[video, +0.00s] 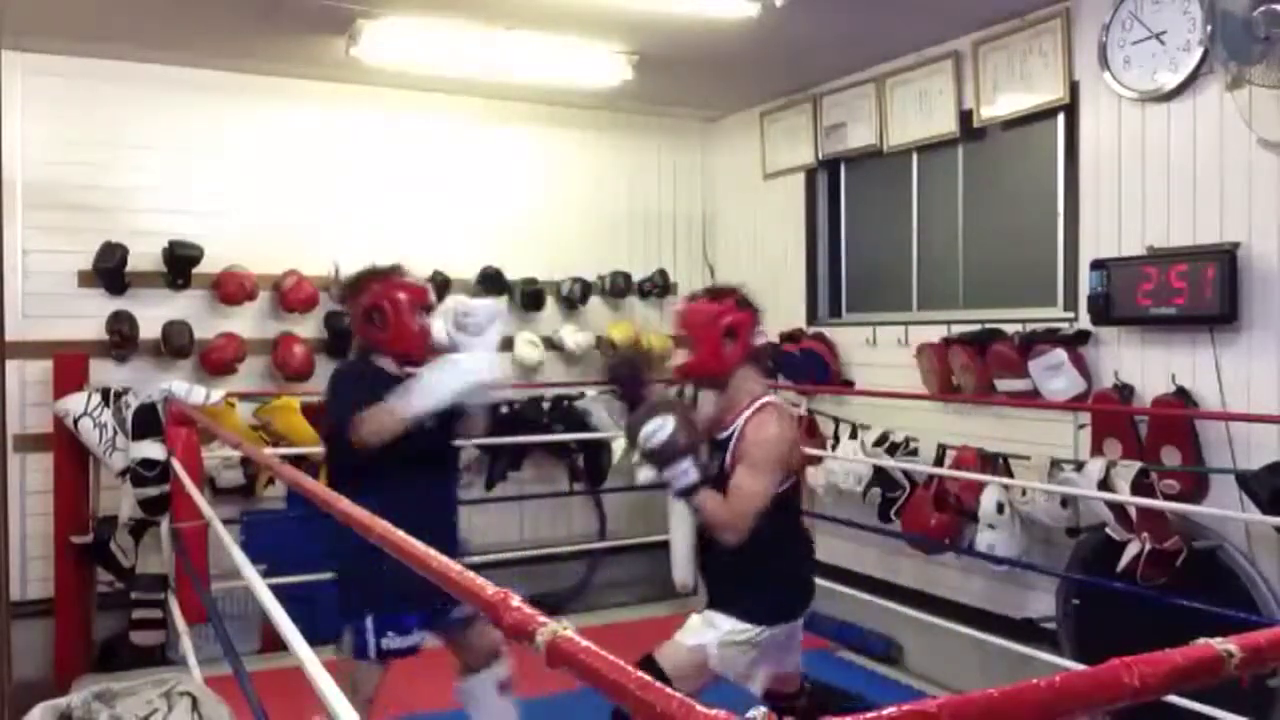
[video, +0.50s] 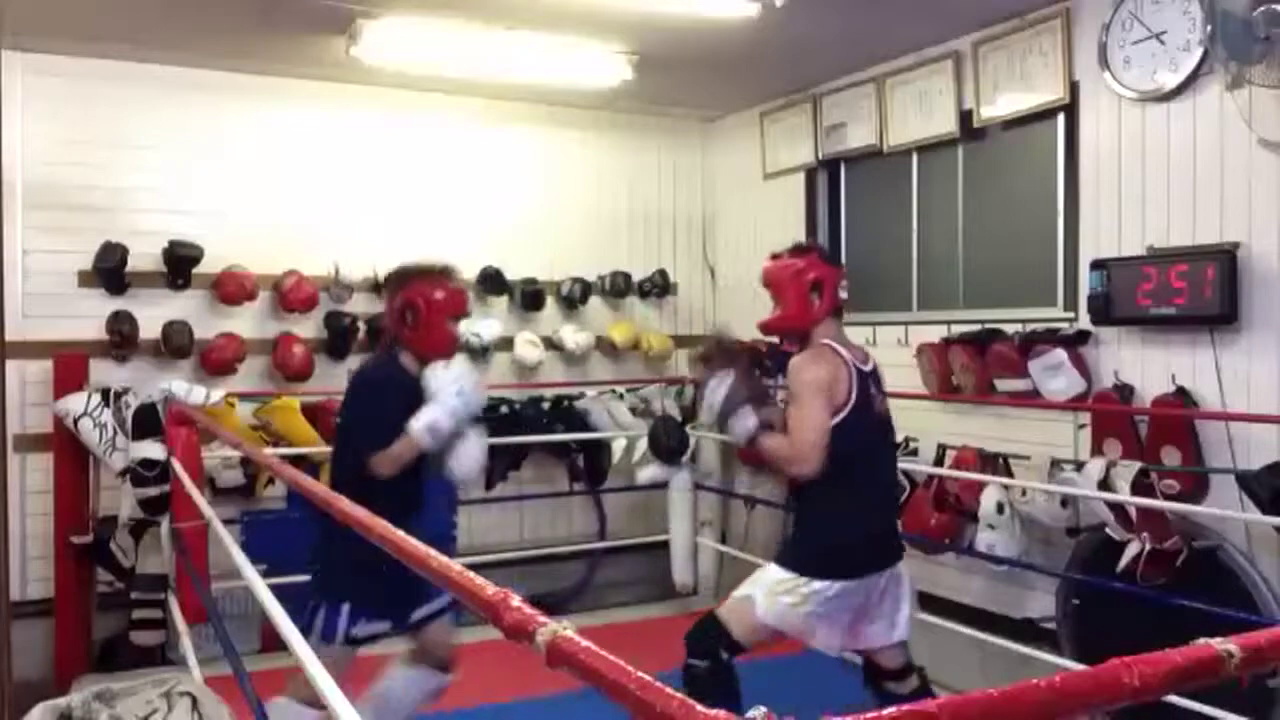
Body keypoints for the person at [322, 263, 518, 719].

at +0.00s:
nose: (424, 320)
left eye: (424, 309)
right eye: (411, 308)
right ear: (377, 319)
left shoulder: (426, 375)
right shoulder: (353, 378)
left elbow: (472, 431)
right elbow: (364, 432)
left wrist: (473, 355)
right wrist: (436, 384)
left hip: (434, 548)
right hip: (375, 556)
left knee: (483, 650)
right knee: (362, 681)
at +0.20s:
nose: (429, 321)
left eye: (428, 308)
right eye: (421, 308)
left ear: (385, 311)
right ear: (388, 309)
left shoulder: (383, 364)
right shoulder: (368, 366)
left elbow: (415, 420)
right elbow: (424, 425)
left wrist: (456, 393)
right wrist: (479, 413)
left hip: (394, 546)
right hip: (346, 550)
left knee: (418, 656)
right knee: (333, 684)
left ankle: (380, 712)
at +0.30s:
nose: (437, 347)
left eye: (436, 336)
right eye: (429, 336)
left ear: (394, 342)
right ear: (396, 341)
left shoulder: (404, 408)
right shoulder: (365, 402)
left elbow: (405, 476)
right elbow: (369, 482)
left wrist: (464, 463)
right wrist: (428, 452)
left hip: (382, 571)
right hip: (342, 572)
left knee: (369, 681)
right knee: (334, 694)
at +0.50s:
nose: (458, 333)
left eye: (458, 320)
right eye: (450, 320)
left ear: (420, 321)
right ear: (414, 320)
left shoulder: (421, 381)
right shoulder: (378, 381)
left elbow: (413, 458)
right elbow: (380, 465)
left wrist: (452, 458)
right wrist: (437, 417)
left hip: (407, 543)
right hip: (356, 548)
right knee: (321, 675)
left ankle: (364, 715)